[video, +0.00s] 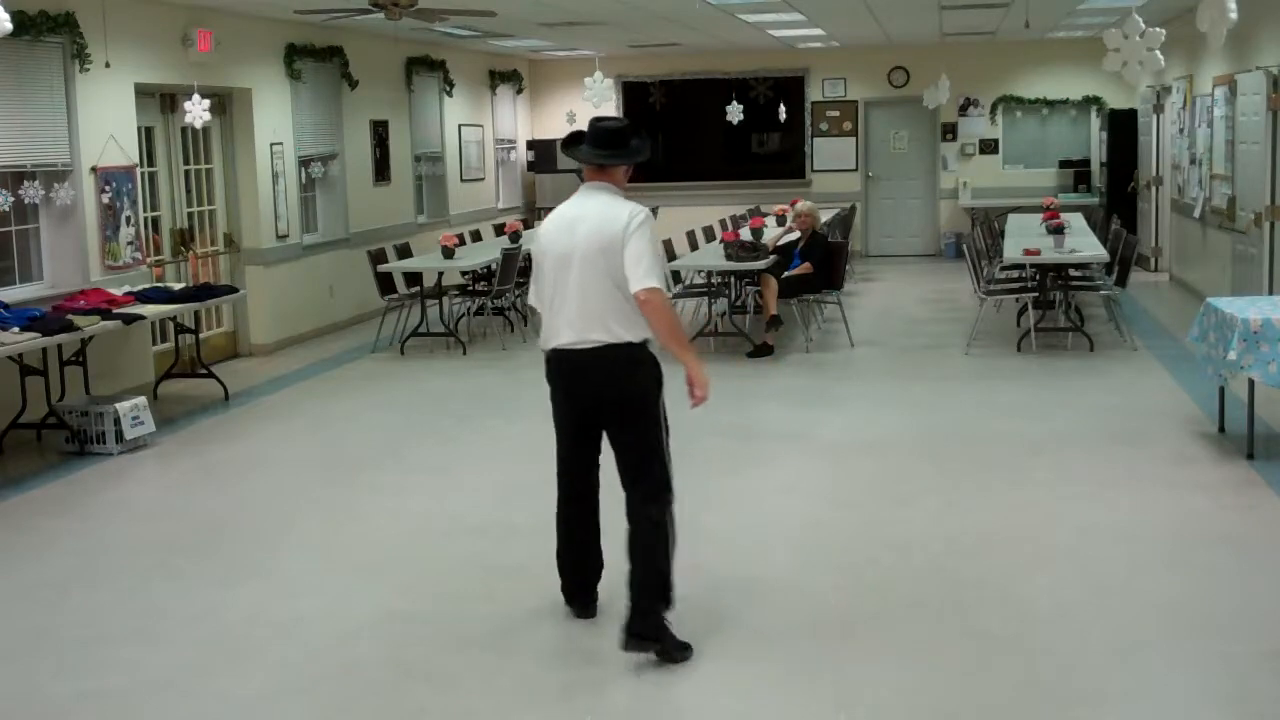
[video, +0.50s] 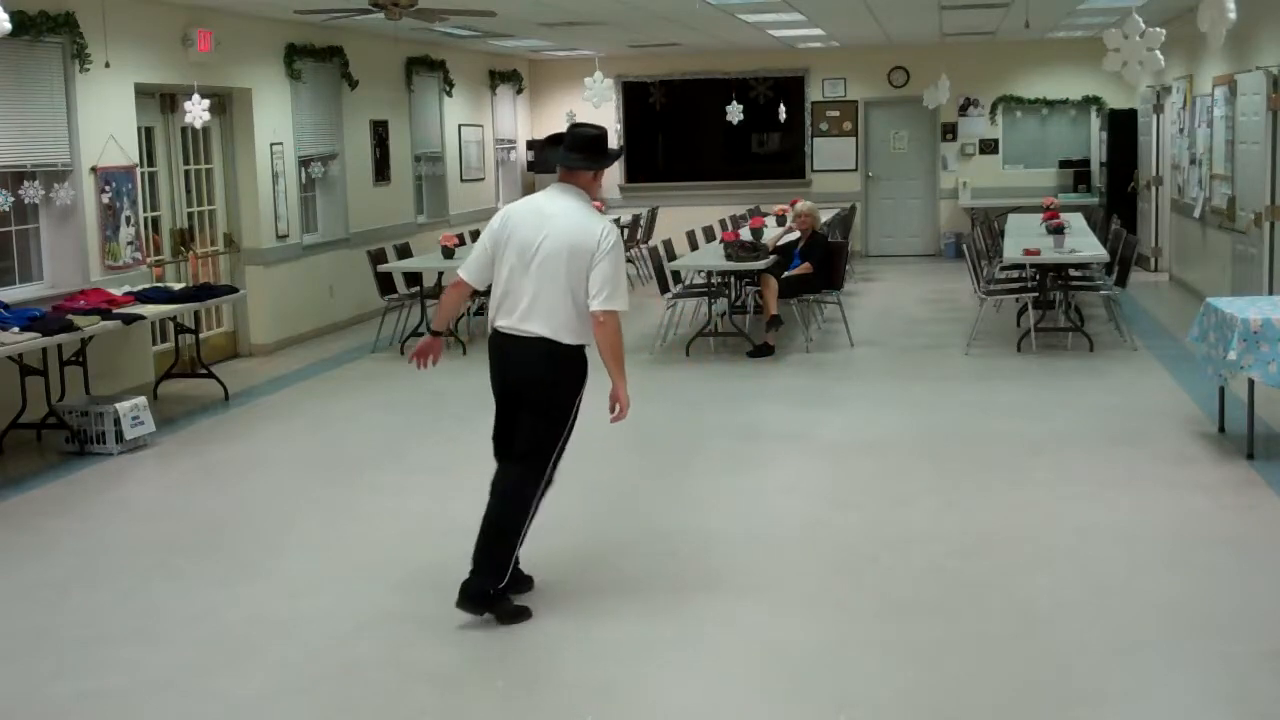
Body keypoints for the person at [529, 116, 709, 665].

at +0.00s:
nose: (633, 172)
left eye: (628, 163)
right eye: (631, 164)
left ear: (584, 166)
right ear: (623, 167)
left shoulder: (550, 224)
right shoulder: (632, 218)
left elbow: (539, 301)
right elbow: (647, 295)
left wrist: (579, 336)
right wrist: (690, 362)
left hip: (566, 369)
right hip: (626, 366)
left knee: (575, 484)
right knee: (649, 492)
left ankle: (579, 593)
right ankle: (647, 622)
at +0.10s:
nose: (620, 172)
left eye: (615, 163)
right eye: (620, 164)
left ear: (572, 162)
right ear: (615, 166)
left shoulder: (537, 219)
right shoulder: (616, 213)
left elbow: (520, 305)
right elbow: (626, 290)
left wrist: (518, 369)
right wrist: (663, 359)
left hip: (552, 361)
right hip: (607, 359)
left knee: (568, 481)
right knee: (629, 480)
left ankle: (574, 595)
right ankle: (586, 595)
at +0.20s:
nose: (612, 172)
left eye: (609, 163)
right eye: (611, 165)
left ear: (565, 161)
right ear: (605, 165)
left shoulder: (526, 217)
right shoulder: (606, 213)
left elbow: (494, 297)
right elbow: (613, 293)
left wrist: (480, 358)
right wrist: (644, 363)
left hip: (539, 359)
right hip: (592, 358)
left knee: (562, 472)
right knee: (598, 479)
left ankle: (579, 587)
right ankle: (520, 578)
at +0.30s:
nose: (606, 177)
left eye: (602, 169)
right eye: (605, 170)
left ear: (560, 167)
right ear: (597, 172)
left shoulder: (517, 219)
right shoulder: (603, 223)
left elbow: (476, 295)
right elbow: (611, 306)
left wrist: (455, 352)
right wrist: (630, 380)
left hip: (521, 362)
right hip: (576, 364)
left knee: (552, 476)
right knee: (558, 480)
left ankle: (570, 586)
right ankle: (492, 585)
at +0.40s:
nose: (605, 182)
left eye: (602, 174)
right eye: (604, 175)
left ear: (557, 173)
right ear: (597, 178)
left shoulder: (515, 221)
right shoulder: (603, 233)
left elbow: (466, 292)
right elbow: (609, 316)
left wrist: (440, 343)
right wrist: (623, 389)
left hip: (507, 359)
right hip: (562, 367)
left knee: (537, 468)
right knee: (525, 481)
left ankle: (535, 567)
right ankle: (477, 596)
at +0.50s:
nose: (606, 177)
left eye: (604, 169)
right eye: (604, 170)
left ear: (560, 168)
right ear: (596, 173)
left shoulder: (512, 213)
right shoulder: (599, 229)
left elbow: (465, 282)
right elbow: (603, 313)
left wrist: (435, 332)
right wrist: (618, 379)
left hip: (503, 350)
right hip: (557, 359)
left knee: (513, 461)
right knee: (528, 470)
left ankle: (501, 565)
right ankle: (483, 586)